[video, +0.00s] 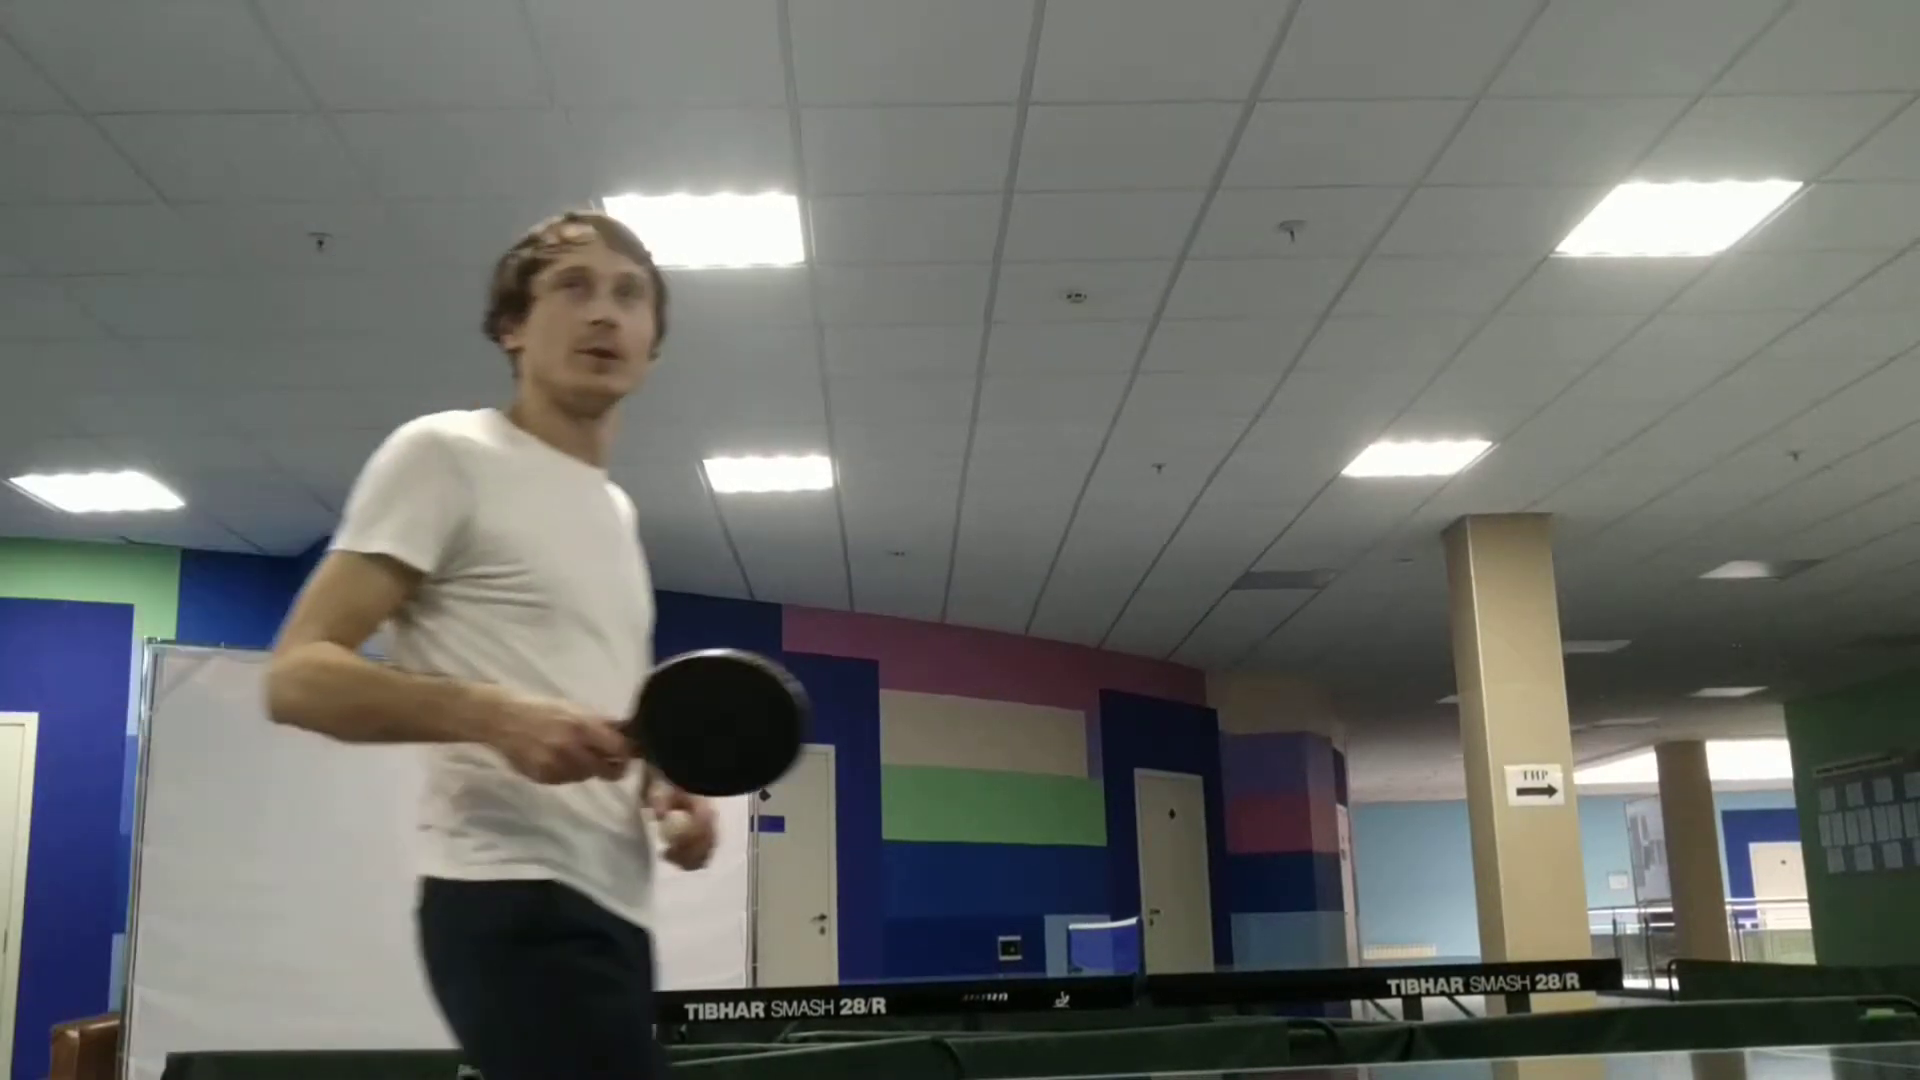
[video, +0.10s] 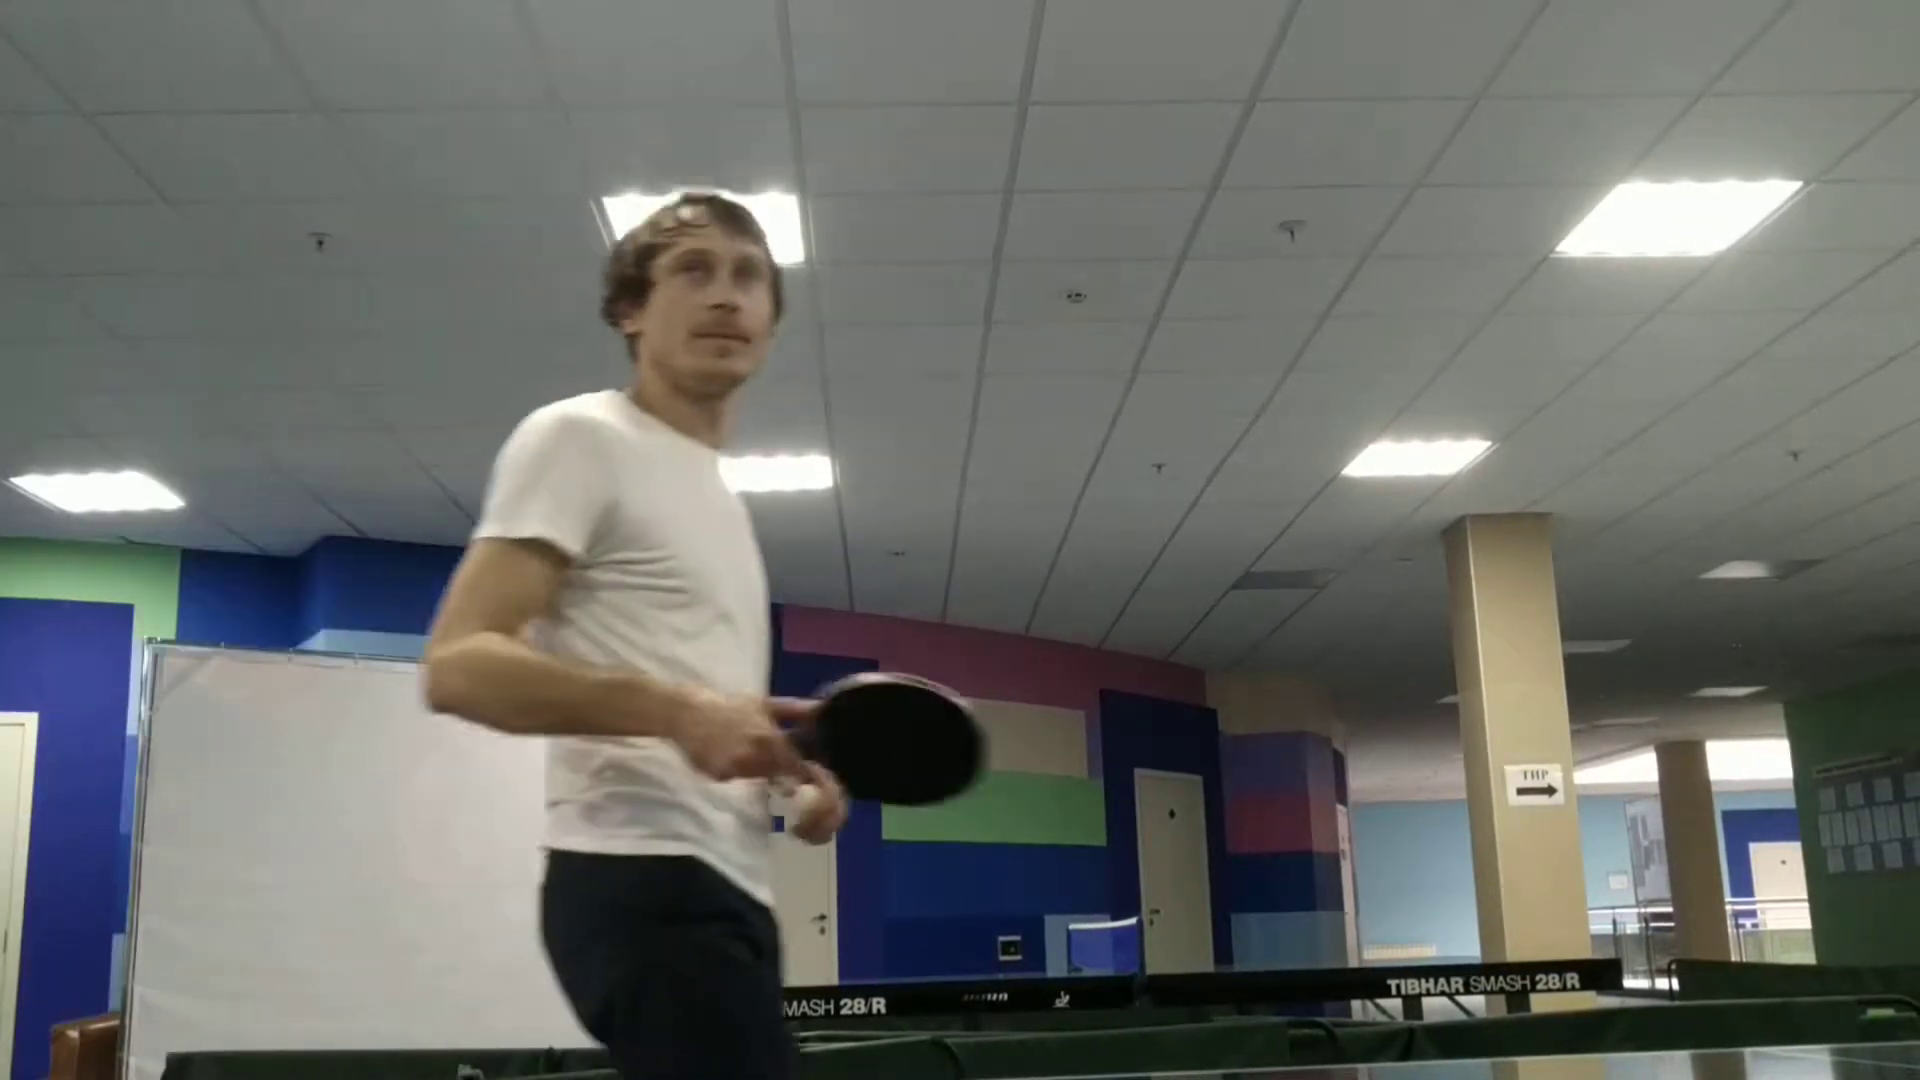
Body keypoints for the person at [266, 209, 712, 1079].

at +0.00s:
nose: (605, 310)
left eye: (630, 293)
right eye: (573, 287)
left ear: (655, 342)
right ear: (514, 327)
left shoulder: (616, 514)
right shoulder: (443, 452)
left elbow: (601, 711)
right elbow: (297, 675)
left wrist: (663, 790)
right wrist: (497, 716)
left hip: (607, 904)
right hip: (509, 898)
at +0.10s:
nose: (727, 293)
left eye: (749, 275)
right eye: (694, 270)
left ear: (774, 318)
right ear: (631, 312)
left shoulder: (716, 492)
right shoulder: (579, 435)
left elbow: (694, 701)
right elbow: (458, 664)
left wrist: (782, 774)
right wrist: (678, 715)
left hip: (720, 883)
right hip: (640, 883)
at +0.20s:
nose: (847, 274)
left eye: (869, 256)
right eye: (815, 251)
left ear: (890, 299)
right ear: (749, 294)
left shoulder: (824, 464)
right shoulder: (710, 408)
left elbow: (788, 672)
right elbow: (611, 627)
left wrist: (895, 740)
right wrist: (857, 678)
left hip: (837, 872)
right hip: (750, 864)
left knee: (922, 1064)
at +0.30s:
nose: (971, 272)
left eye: (991, 254)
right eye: (937, 249)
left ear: (1012, 299)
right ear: (871, 294)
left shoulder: (933, 456)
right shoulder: (834, 399)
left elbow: (876, 679)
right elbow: (744, 606)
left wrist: (991, 742)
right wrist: (1003, 623)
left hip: (944, 869)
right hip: (857, 859)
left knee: (1024, 1061)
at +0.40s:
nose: (1090, 284)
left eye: (1107, 266)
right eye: (1055, 261)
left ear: (1127, 307)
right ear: (986, 307)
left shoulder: (1048, 467)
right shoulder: (950, 407)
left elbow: (992, 691)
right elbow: (867, 604)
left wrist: (1107, 757)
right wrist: (1123, 568)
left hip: (1075, 880)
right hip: (979, 871)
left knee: (1121, 1064)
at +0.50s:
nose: (1188, 287)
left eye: (1207, 269)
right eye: (1154, 265)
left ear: (1229, 309)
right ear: (1088, 309)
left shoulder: (1159, 471)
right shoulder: (1048, 412)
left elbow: (1107, 695)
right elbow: (972, 613)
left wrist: (1214, 748)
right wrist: (1201, 543)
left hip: (1190, 874)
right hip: (1102, 873)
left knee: (1269, 1065)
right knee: (1175, 1070)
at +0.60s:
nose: (1283, 271)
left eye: (1301, 253)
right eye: (1246, 250)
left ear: (1323, 297)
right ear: (1182, 296)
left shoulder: (1258, 465)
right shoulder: (1138, 401)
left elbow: (1219, 690)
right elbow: (1059, 611)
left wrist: (1318, 733)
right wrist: (1293, 606)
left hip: (1290, 860)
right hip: (1198, 856)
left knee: (1340, 1064)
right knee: (1329, 1064)